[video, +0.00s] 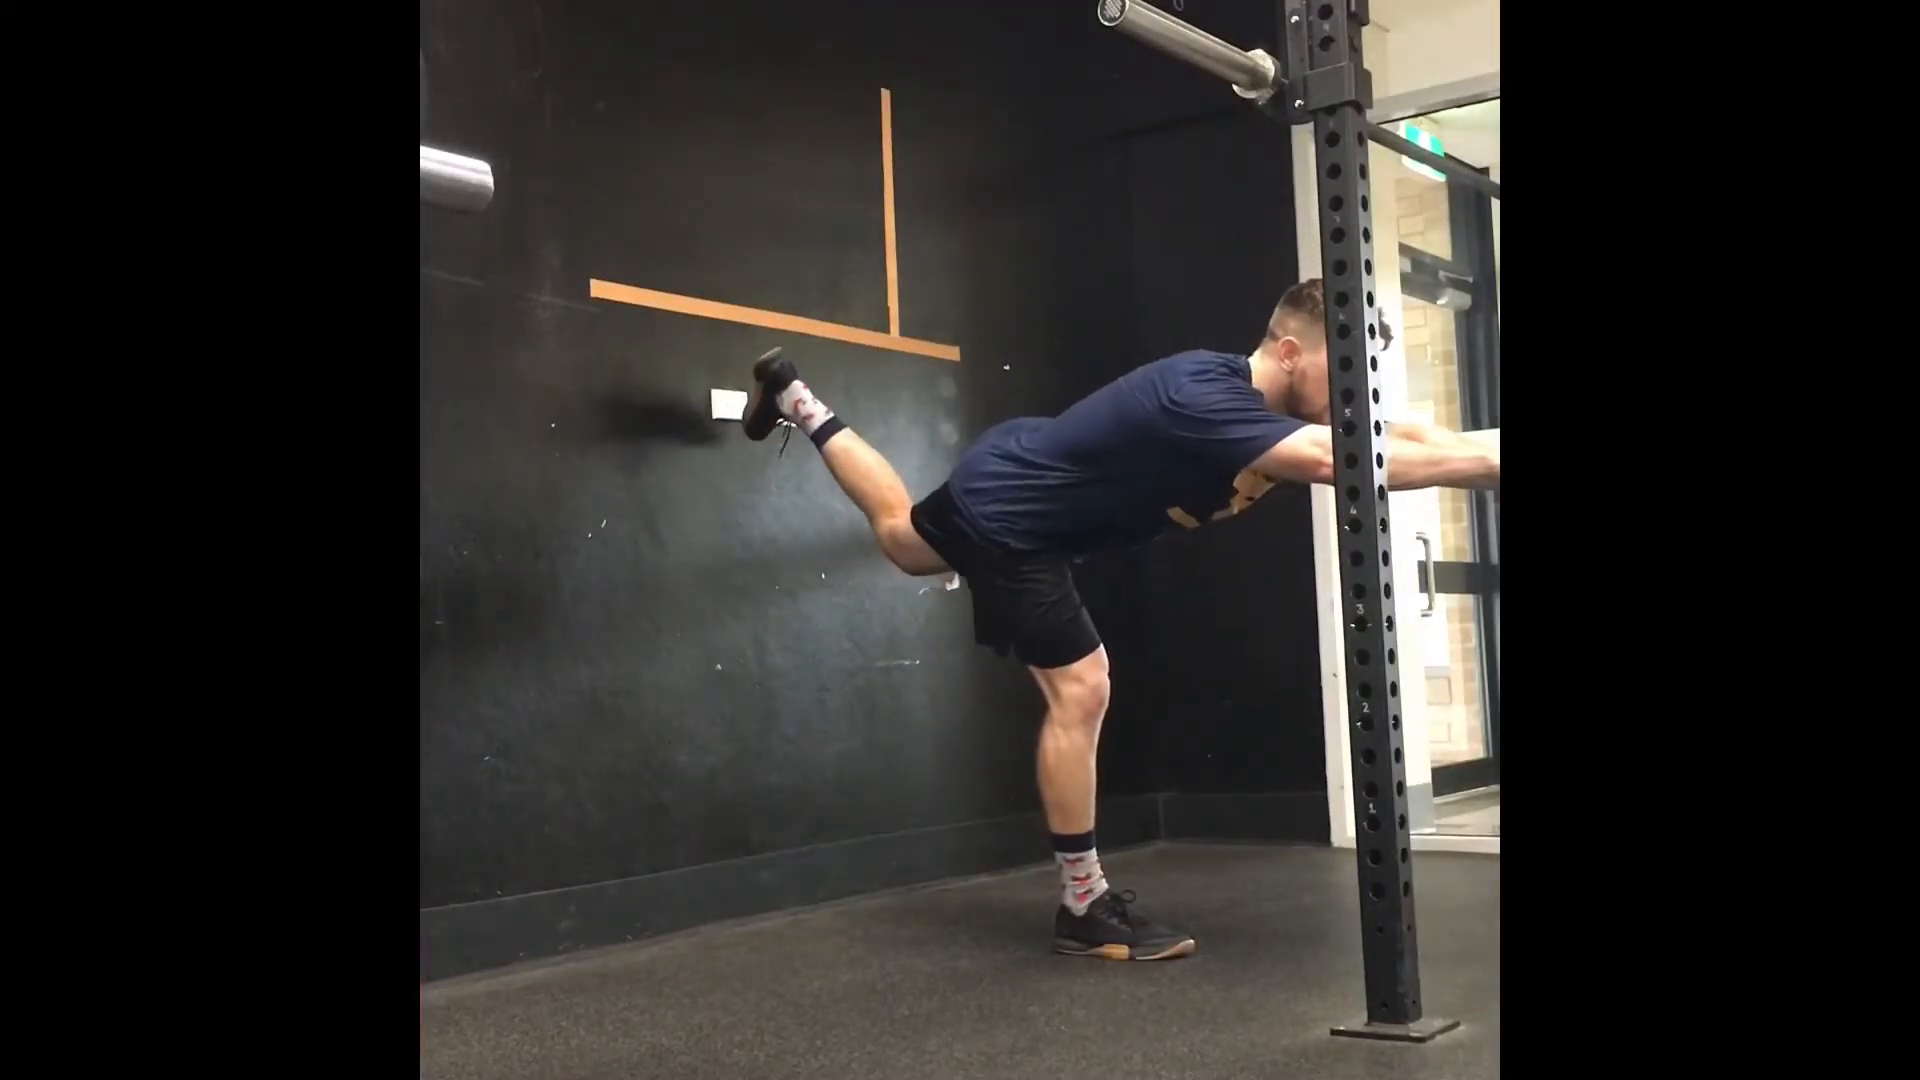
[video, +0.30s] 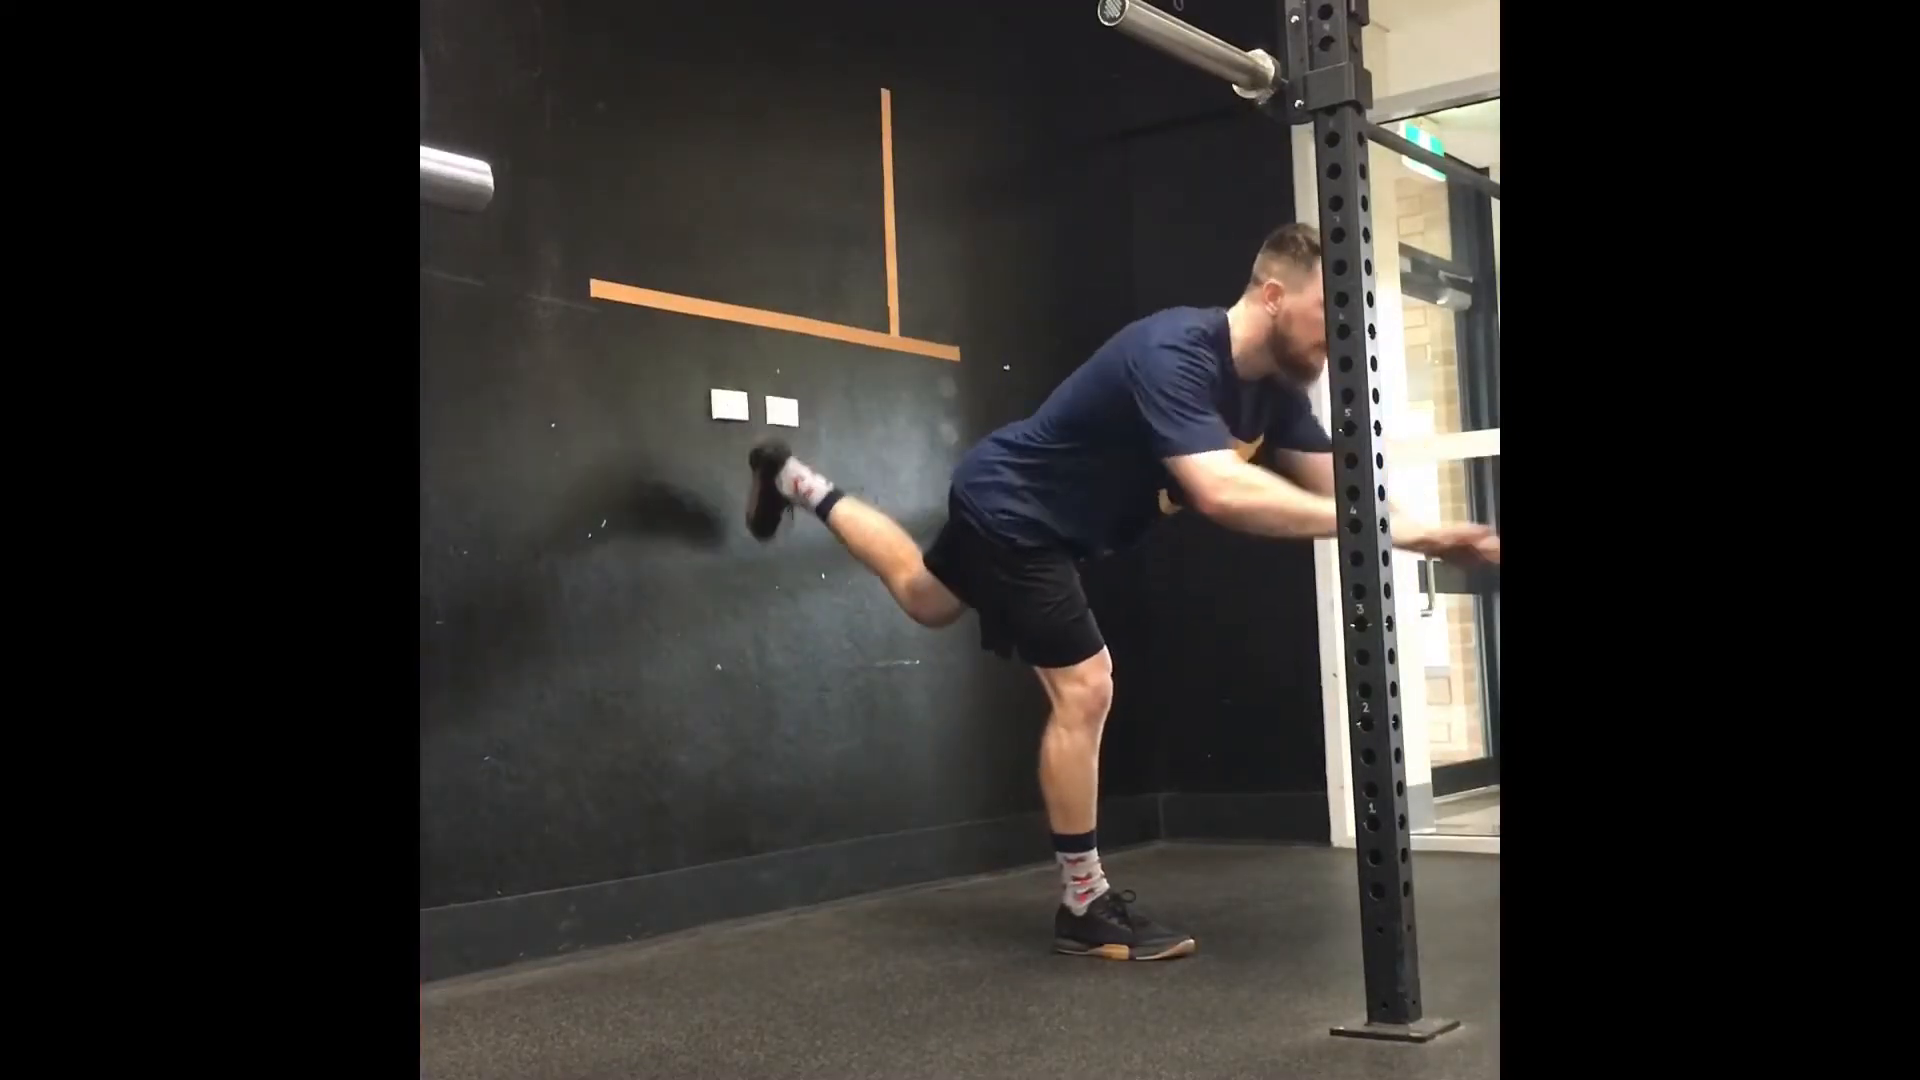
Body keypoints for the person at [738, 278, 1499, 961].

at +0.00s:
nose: (1342, 390)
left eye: (1348, 375)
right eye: (1339, 372)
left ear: (1299, 357)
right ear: (1292, 353)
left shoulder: (1246, 394)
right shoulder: (1212, 402)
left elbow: (1379, 427)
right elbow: (1346, 462)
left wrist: (1473, 449)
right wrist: (1481, 463)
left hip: (1015, 483)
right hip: (1002, 517)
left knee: (905, 543)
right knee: (1079, 690)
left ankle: (798, 405)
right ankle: (1081, 901)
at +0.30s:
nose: (1337, 329)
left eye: (1340, 313)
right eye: (1329, 308)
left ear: (1294, 302)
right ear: (1277, 293)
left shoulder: (1281, 385)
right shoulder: (1175, 350)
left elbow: (1338, 495)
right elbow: (1225, 494)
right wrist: (1367, 523)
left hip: (1050, 520)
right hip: (1004, 504)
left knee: (926, 598)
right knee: (1082, 687)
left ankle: (797, 483)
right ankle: (1083, 907)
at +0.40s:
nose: (1328, 304)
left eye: (1332, 287)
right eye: (1320, 284)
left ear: (1280, 280)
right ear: (1260, 272)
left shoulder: (1266, 373)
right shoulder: (1160, 340)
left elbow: (1291, 496)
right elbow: (1161, 495)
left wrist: (1381, 562)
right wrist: (1304, 543)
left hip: (1055, 522)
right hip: (1009, 507)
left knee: (945, 631)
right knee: (1085, 690)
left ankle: (805, 538)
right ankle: (1082, 906)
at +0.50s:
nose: (1317, 273)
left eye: (1321, 254)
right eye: (1306, 252)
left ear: (1266, 250)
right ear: (1246, 244)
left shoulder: (1248, 351)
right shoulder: (1144, 324)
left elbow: (1244, 476)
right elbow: (1105, 471)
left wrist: (1291, 558)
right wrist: (1236, 535)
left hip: (1069, 522)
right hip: (1013, 507)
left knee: (974, 662)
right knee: (1090, 691)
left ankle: (823, 598)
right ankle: (1083, 904)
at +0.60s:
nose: (1299, 242)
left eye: (1302, 224)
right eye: (1285, 222)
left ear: (1250, 225)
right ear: (1225, 217)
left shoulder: (1230, 331)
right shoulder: (1127, 305)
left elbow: (1207, 441)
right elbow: (1064, 443)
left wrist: (1234, 520)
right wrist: (1192, 513)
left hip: (1081, 525)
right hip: (1019, 509)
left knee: (1028, 694)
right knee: (1093, 690)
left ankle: (861, 666)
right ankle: (1084, 903)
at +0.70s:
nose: (1269, 209)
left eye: (1273, 192)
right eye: (1254, 189)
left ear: (1216, 192)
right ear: (1195, 184)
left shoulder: (1208, 299)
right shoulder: (1105, 281)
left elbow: (1184, 402)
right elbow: (1035, 412)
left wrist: (1203, 478)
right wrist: (1162, 469)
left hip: (1099, 517)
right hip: (1026, 511)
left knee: (1075, 694)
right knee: (1088, 695)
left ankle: (917, 732)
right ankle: (1083, 903)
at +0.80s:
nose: (1231, 177)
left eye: (1235, 161)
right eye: (1217, 157)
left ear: (1182, 160)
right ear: (1157, 152)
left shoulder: (1178, 271)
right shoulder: (1081, 258)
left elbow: (1137, 393)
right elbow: (1018, 388)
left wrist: (1195, 431)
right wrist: (1149, 424)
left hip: (1110, 514)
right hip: (1030, 515)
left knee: (1148, 682)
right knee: (1084, 698)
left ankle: (991, 777)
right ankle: (1082, 904)